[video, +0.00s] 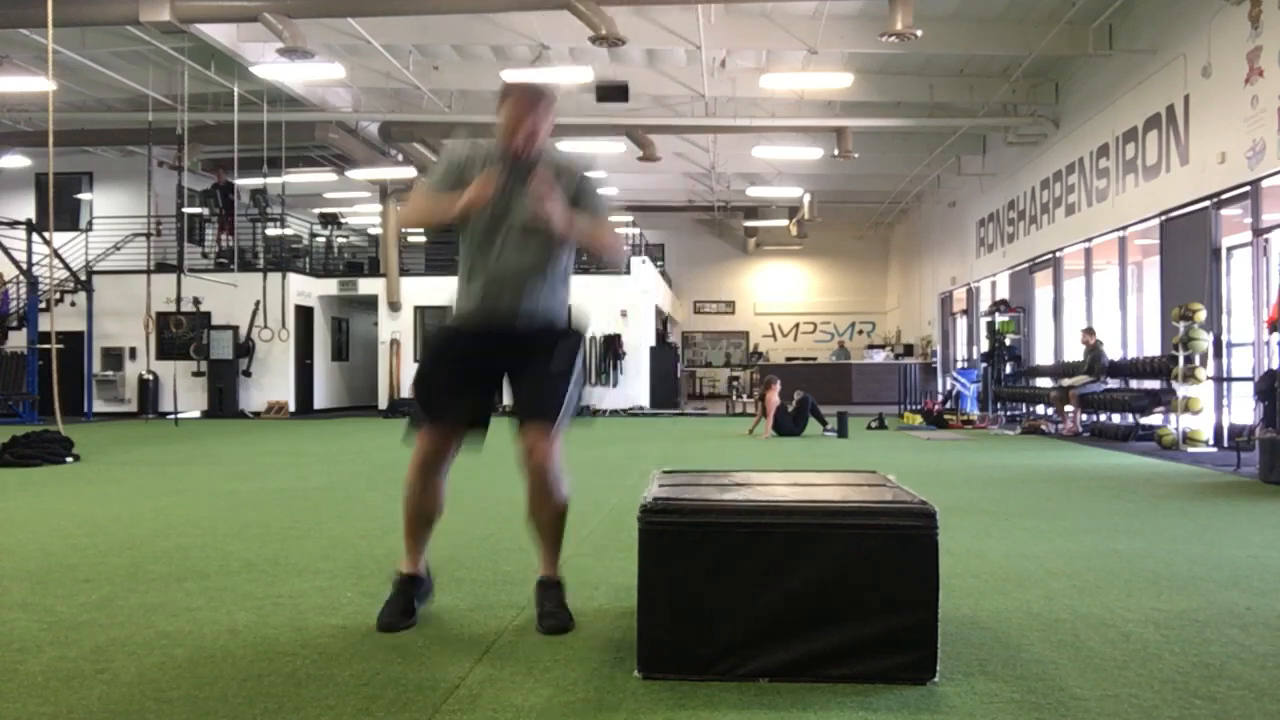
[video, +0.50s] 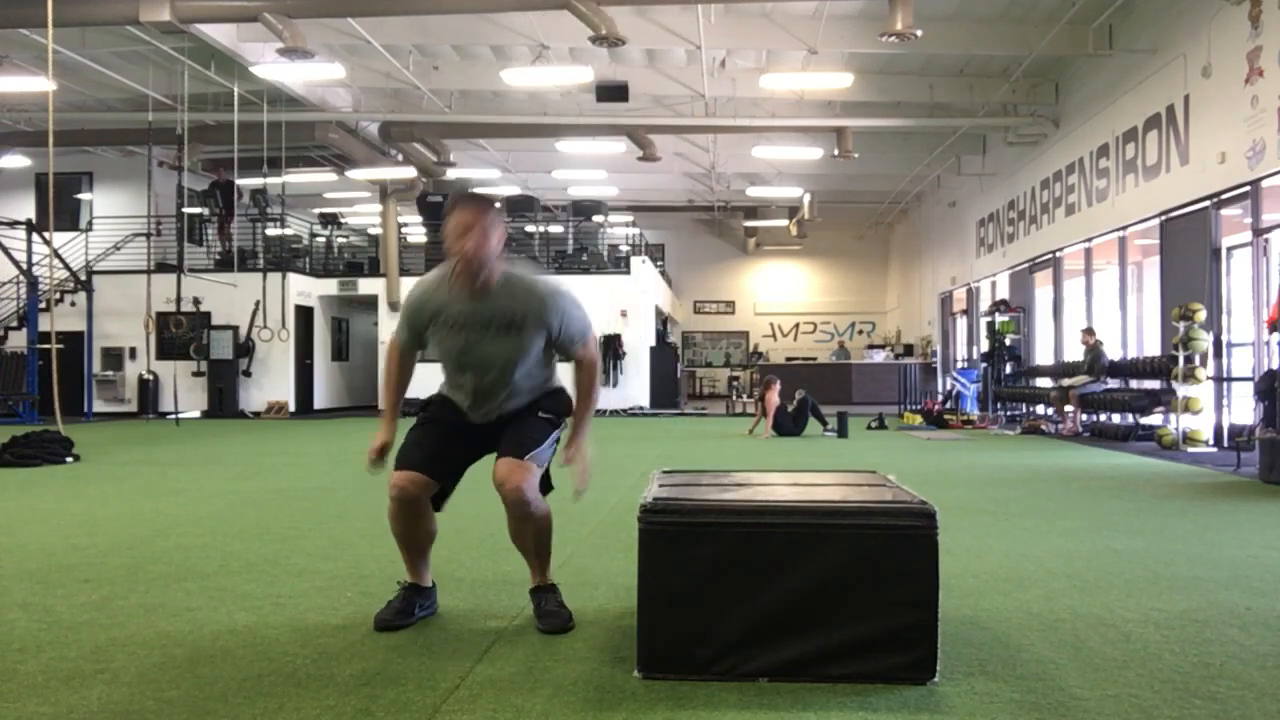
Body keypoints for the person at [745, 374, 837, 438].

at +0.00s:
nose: (779, 387)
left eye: (779, 385)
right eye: (778, 385)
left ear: (767, 385)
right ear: (773, 385)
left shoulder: (764, 396)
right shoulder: (772, 396)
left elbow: (759, 415)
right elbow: (770, 416)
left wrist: (751, 430)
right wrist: (767, 433)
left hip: (785, 430)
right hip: (793, 431)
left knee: (805, 398)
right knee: (807, 399)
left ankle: (825, 425)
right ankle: (826, 426)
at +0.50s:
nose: (779, 387)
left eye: (779, 384)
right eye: (778, 385)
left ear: (767, 385)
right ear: (773, 385)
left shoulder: (764, 396)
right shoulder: (772, 396)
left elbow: (759, 415)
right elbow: (770, 415)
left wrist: (751, 429)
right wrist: (767, 433)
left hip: (784, 430)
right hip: (793, 431)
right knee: (807, 399)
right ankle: (826, 426)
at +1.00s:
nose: (779, 387)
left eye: (779, 384)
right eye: (778, 384)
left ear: (767, 385)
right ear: (773, 385)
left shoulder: (764, 396)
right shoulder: (772, 396)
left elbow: (759, 415)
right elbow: (770, 415)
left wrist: (751, 429)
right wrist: (767, 433)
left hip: (785, 430)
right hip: (793, 431)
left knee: (807, 402)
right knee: (807, 401)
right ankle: (826, 426)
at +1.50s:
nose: (779, 387)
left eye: (779, 384)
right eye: (777, 385)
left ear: (769, 386)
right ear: (772, 386)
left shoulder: (765, 396)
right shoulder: (771, 397)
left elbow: (759, 415)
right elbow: (769, 416)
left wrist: (751, 429)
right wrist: (767, 433)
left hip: (785, 430)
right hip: (793, 431)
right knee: (808, 401)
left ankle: (799, 402)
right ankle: (826, 426)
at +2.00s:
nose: (779, 387)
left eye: (778, 384)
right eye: (778, 384)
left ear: (767, 385)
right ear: (772, 385)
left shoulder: (765, 396)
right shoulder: (771, 396)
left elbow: (759, 416)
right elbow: (769, 416)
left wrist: (751, 430)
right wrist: (767, 433)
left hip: (785, 430)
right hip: (793, 430)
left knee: (808, 401)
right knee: (806, 401)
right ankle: (826, 426)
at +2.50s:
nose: (779, 387)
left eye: (779, 384)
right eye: (778, 385)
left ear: (767, 385)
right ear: (773, 385)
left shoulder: (764, 396)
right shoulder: (772, 396)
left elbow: (759, 415)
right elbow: (769, 416)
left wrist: (750, 430)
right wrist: (767, 433)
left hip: (784, 430)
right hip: (792, 430)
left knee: (803, 398)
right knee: (806, 399)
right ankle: (826, 426)